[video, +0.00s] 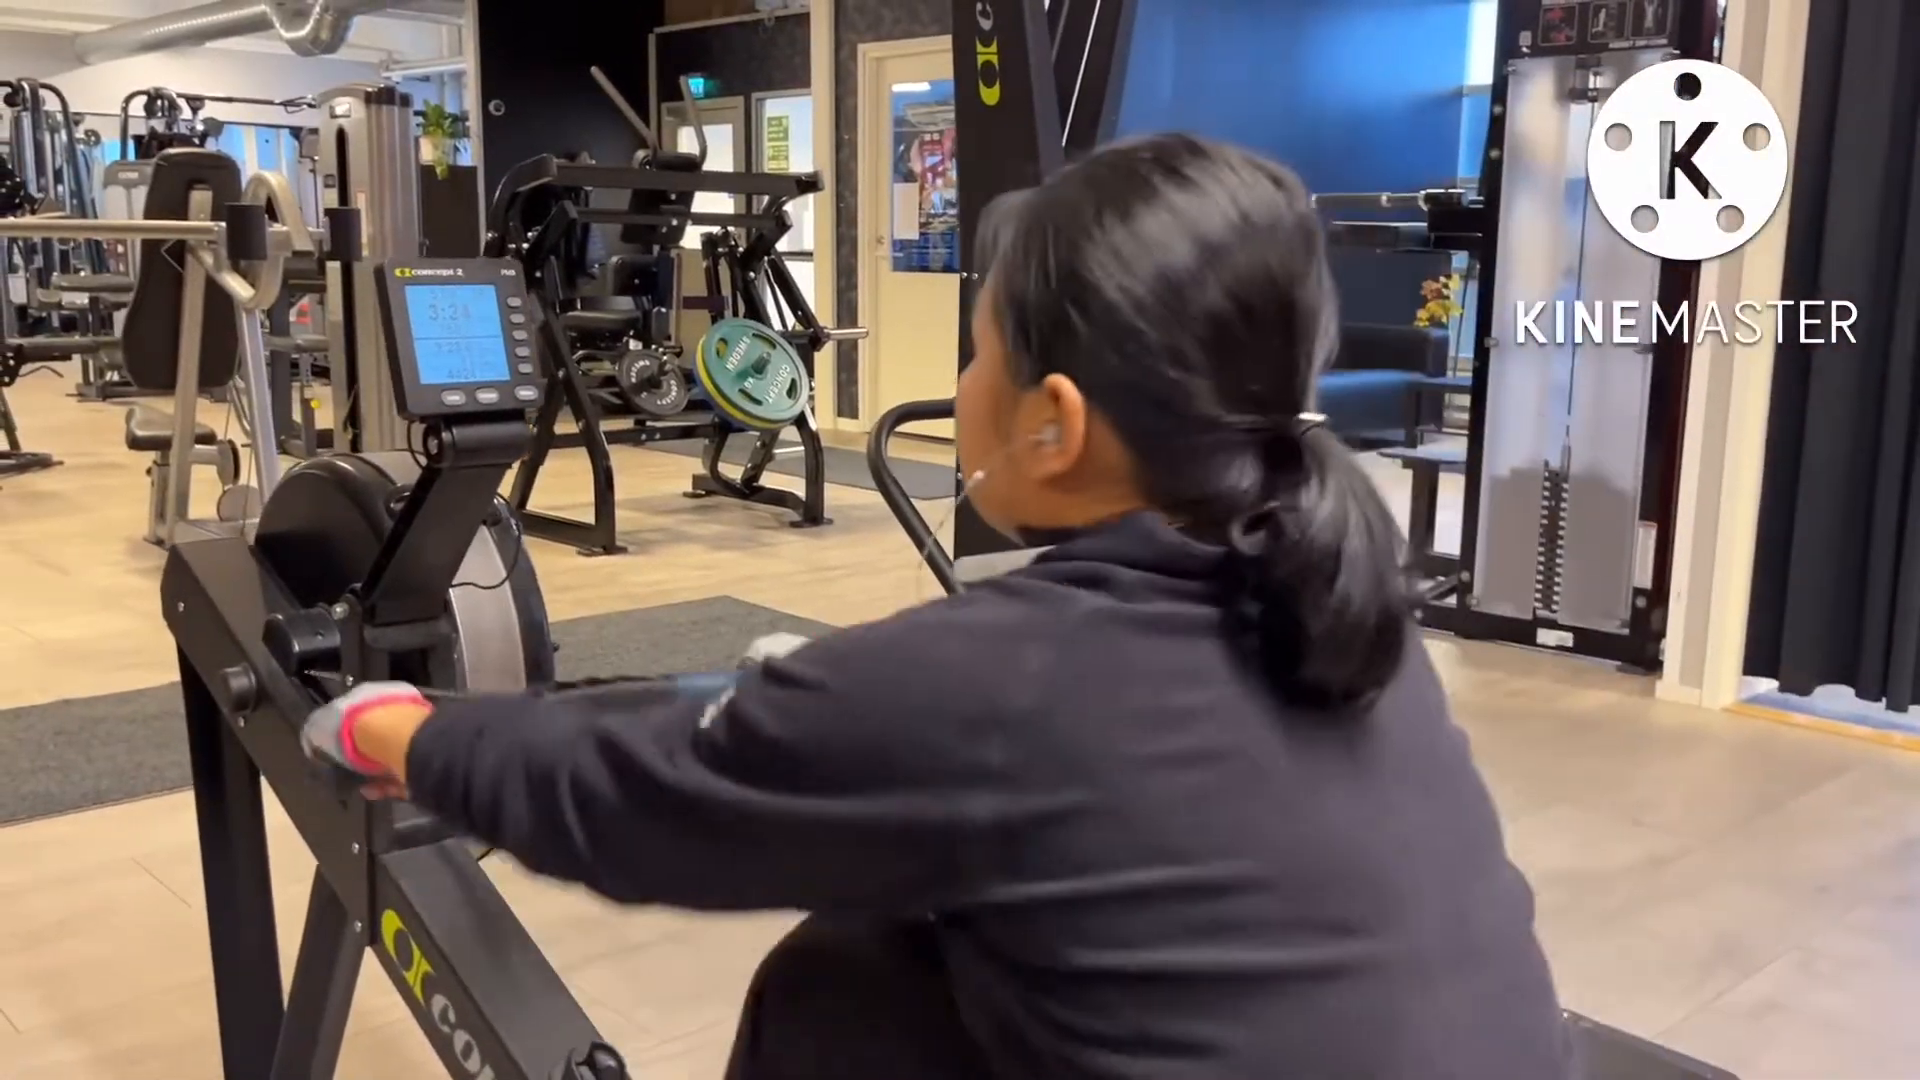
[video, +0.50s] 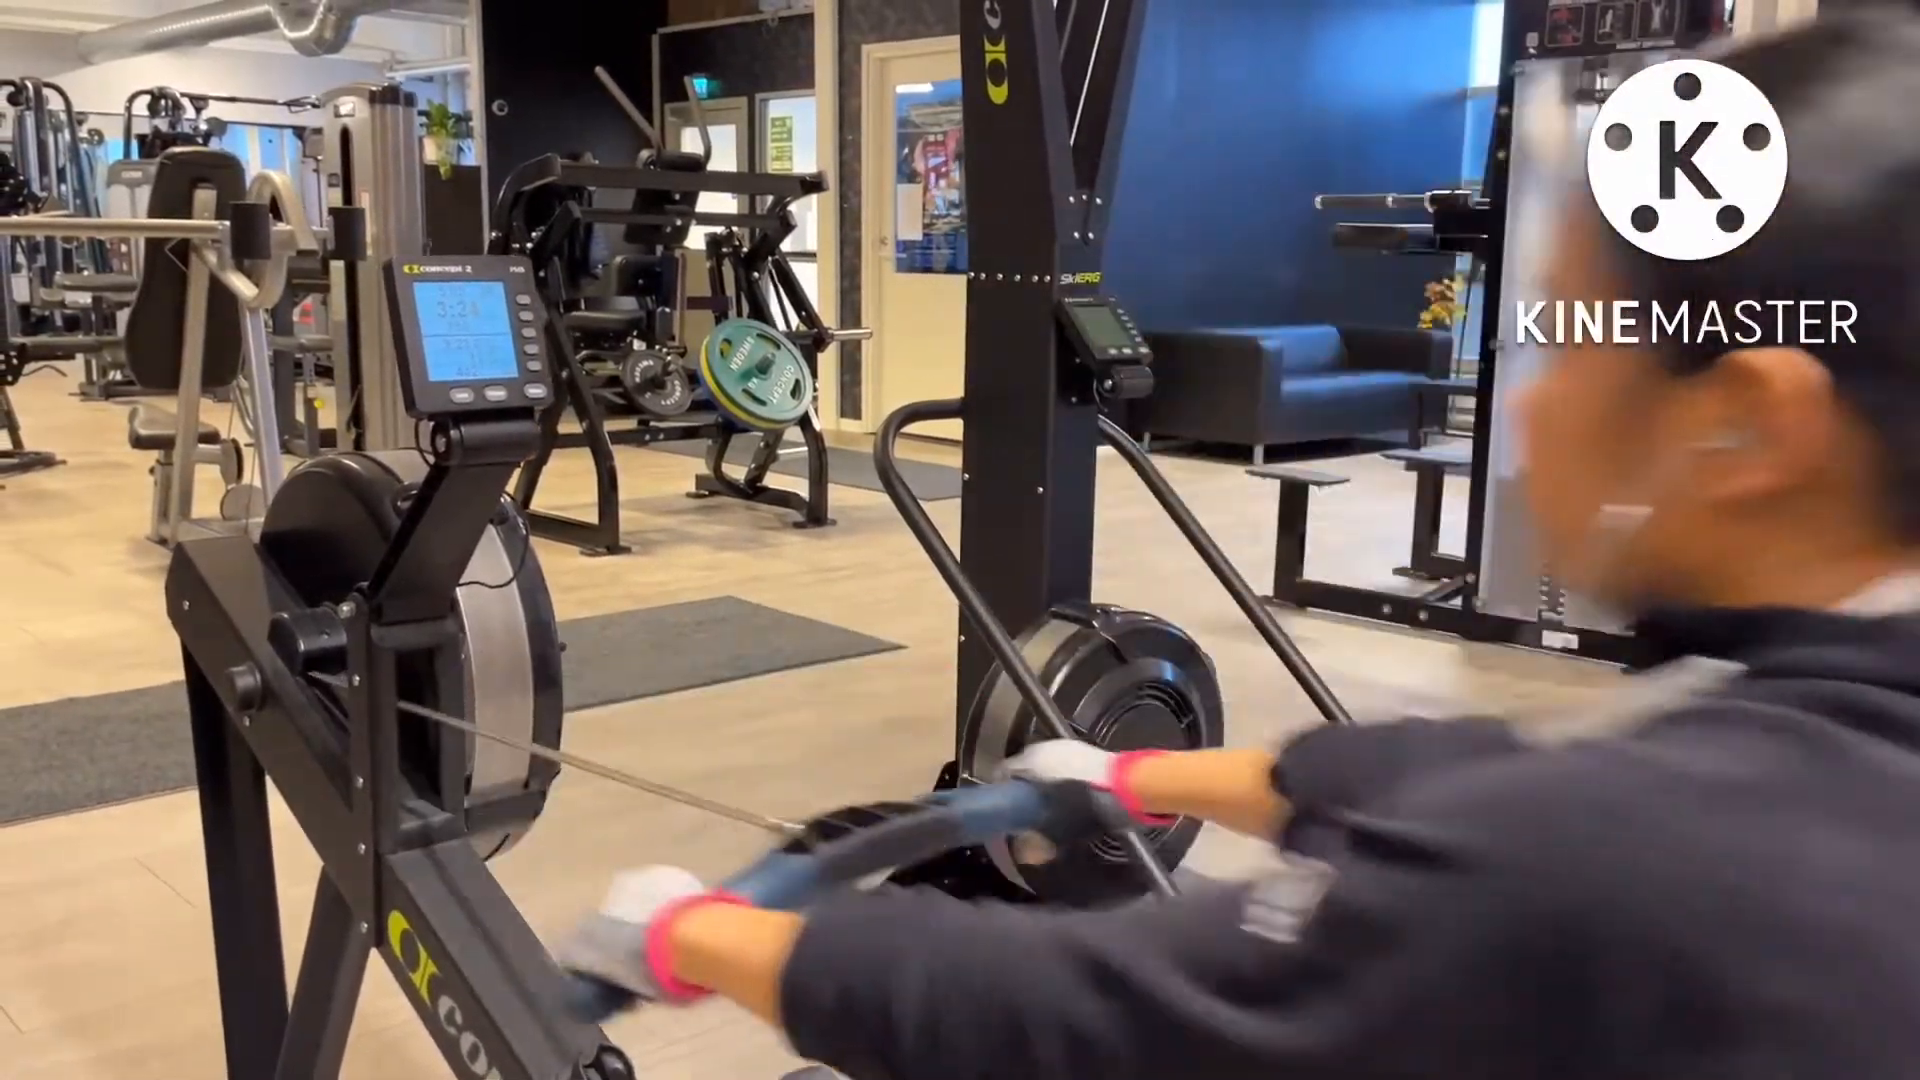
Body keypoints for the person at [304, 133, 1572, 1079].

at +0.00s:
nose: (957, 390)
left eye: (976, 355)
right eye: (976, 348)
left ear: (1061, 425)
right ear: (1264, 393)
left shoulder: (989, 678)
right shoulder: (1352, 586)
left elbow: (648, 783)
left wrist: (412, 736)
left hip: (1243, 1068)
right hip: (1509, 1046)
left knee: (833, 974)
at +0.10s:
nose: (961, 396)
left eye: (980, 361)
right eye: (978, 355)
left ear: (1066, 433)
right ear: (1268, 404)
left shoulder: (988, 673)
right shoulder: (1349, 575)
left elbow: (654, 727)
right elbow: (1137, 634)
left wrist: (414, 697)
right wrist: (903, 627)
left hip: (1270, 1070)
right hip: (1525, 1048)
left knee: (856, 977)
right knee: (906, 948)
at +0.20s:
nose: (1014, 392)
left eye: (1035, 357)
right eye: (1031, 350)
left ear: (1135, 433)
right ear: (1337, 399)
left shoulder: (1052, 691)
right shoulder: (1420, 593)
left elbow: (707, 742)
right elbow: (1197, 654)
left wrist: (456, 712)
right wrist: (952, 629)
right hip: (1608, 1045)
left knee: (895, 1001)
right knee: (948, 977)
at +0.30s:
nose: (1137, 390)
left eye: (1164, 356)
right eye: (1154, 348)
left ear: (1285, 428)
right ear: (1492, 393)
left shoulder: (1228, 746)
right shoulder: (1573, 623)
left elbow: (855, 829)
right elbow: (1309, 691)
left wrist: (567, 791)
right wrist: (1045, 698)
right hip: (1728, 1043)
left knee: (1007, 1010)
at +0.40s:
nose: (1314, 395)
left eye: (1346, 349)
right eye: (1332, 339)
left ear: (1494, 426)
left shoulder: (1340, 805)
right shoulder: (1817, 684)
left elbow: (948, 910)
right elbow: (1449, 739)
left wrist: (643, 878)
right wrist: (1132, 761)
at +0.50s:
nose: (1522, 392)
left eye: (1563, 336)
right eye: (1543, 332)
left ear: (1745, 431)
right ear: (1765, 436)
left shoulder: (1579, 849)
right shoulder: (1864, 734)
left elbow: (1126, 1011)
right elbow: (1529, 769)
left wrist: (729, 944)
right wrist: (1164, 781)